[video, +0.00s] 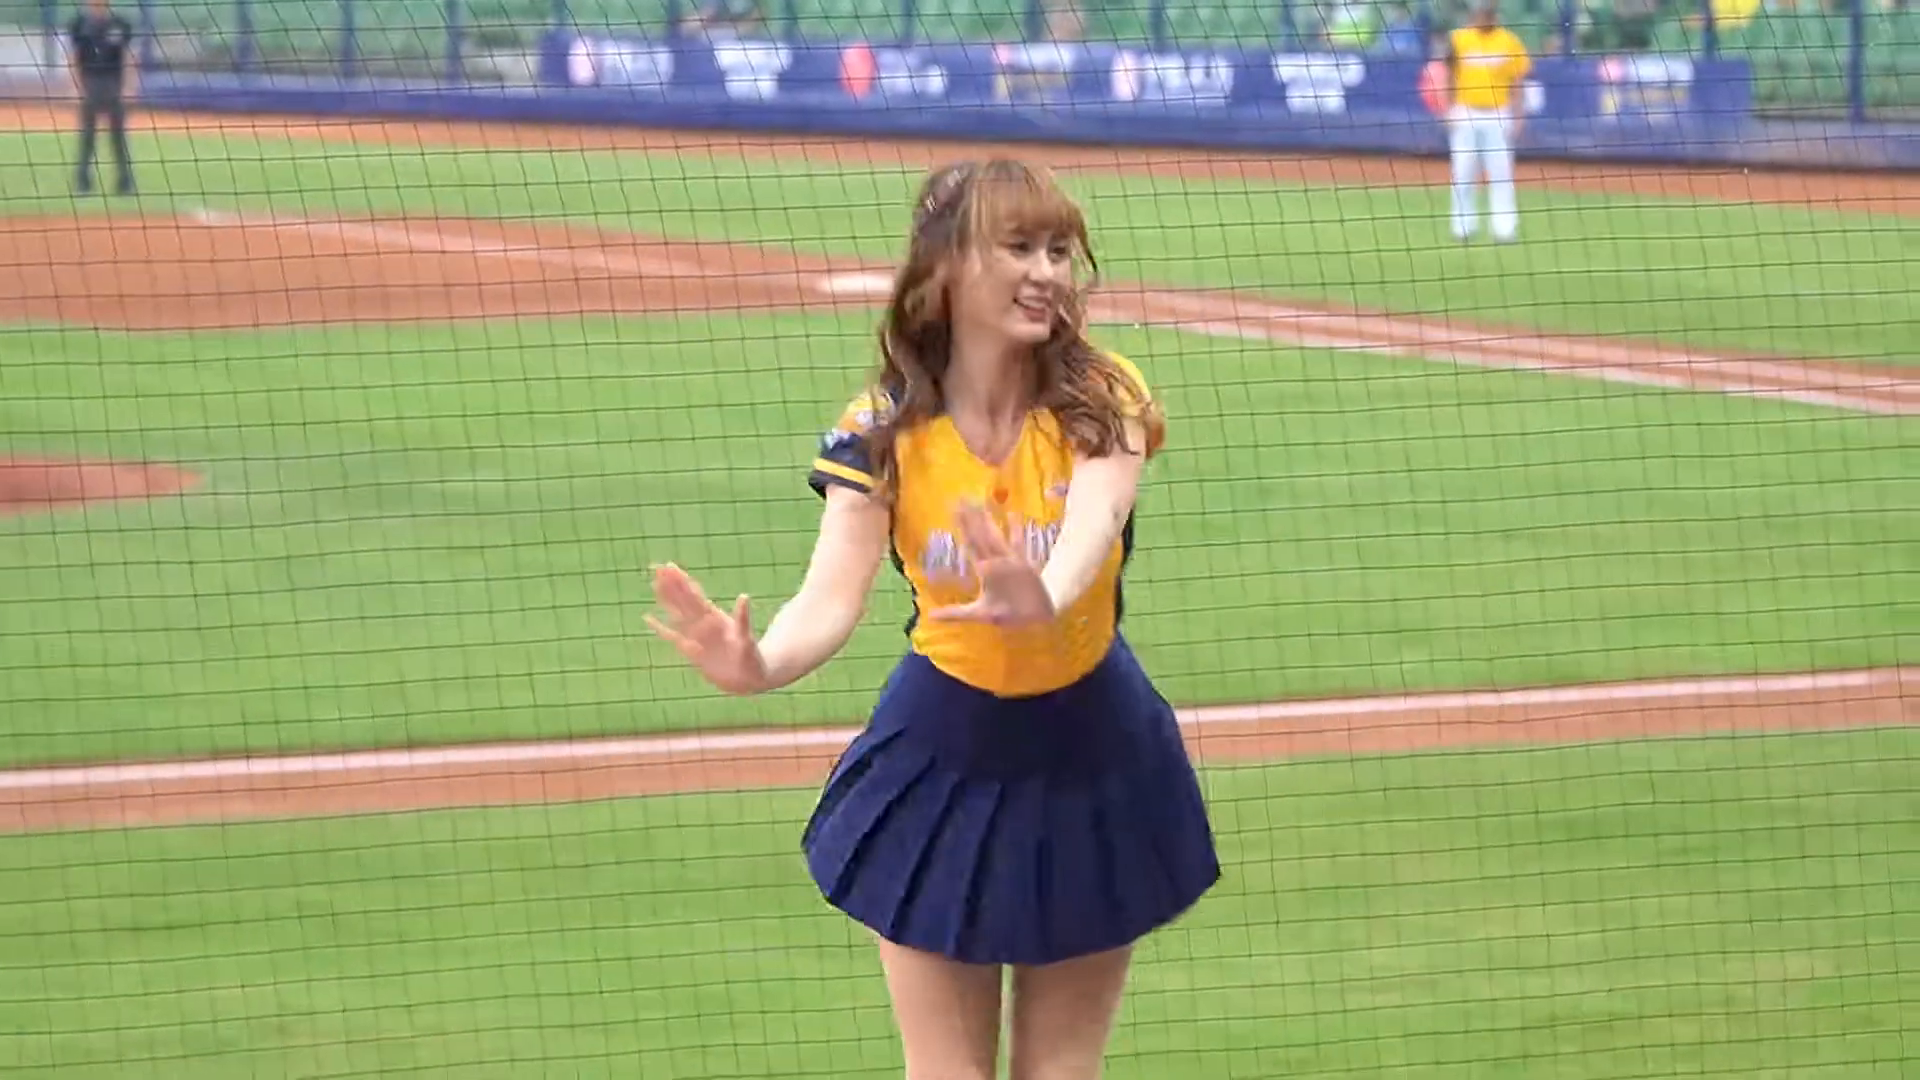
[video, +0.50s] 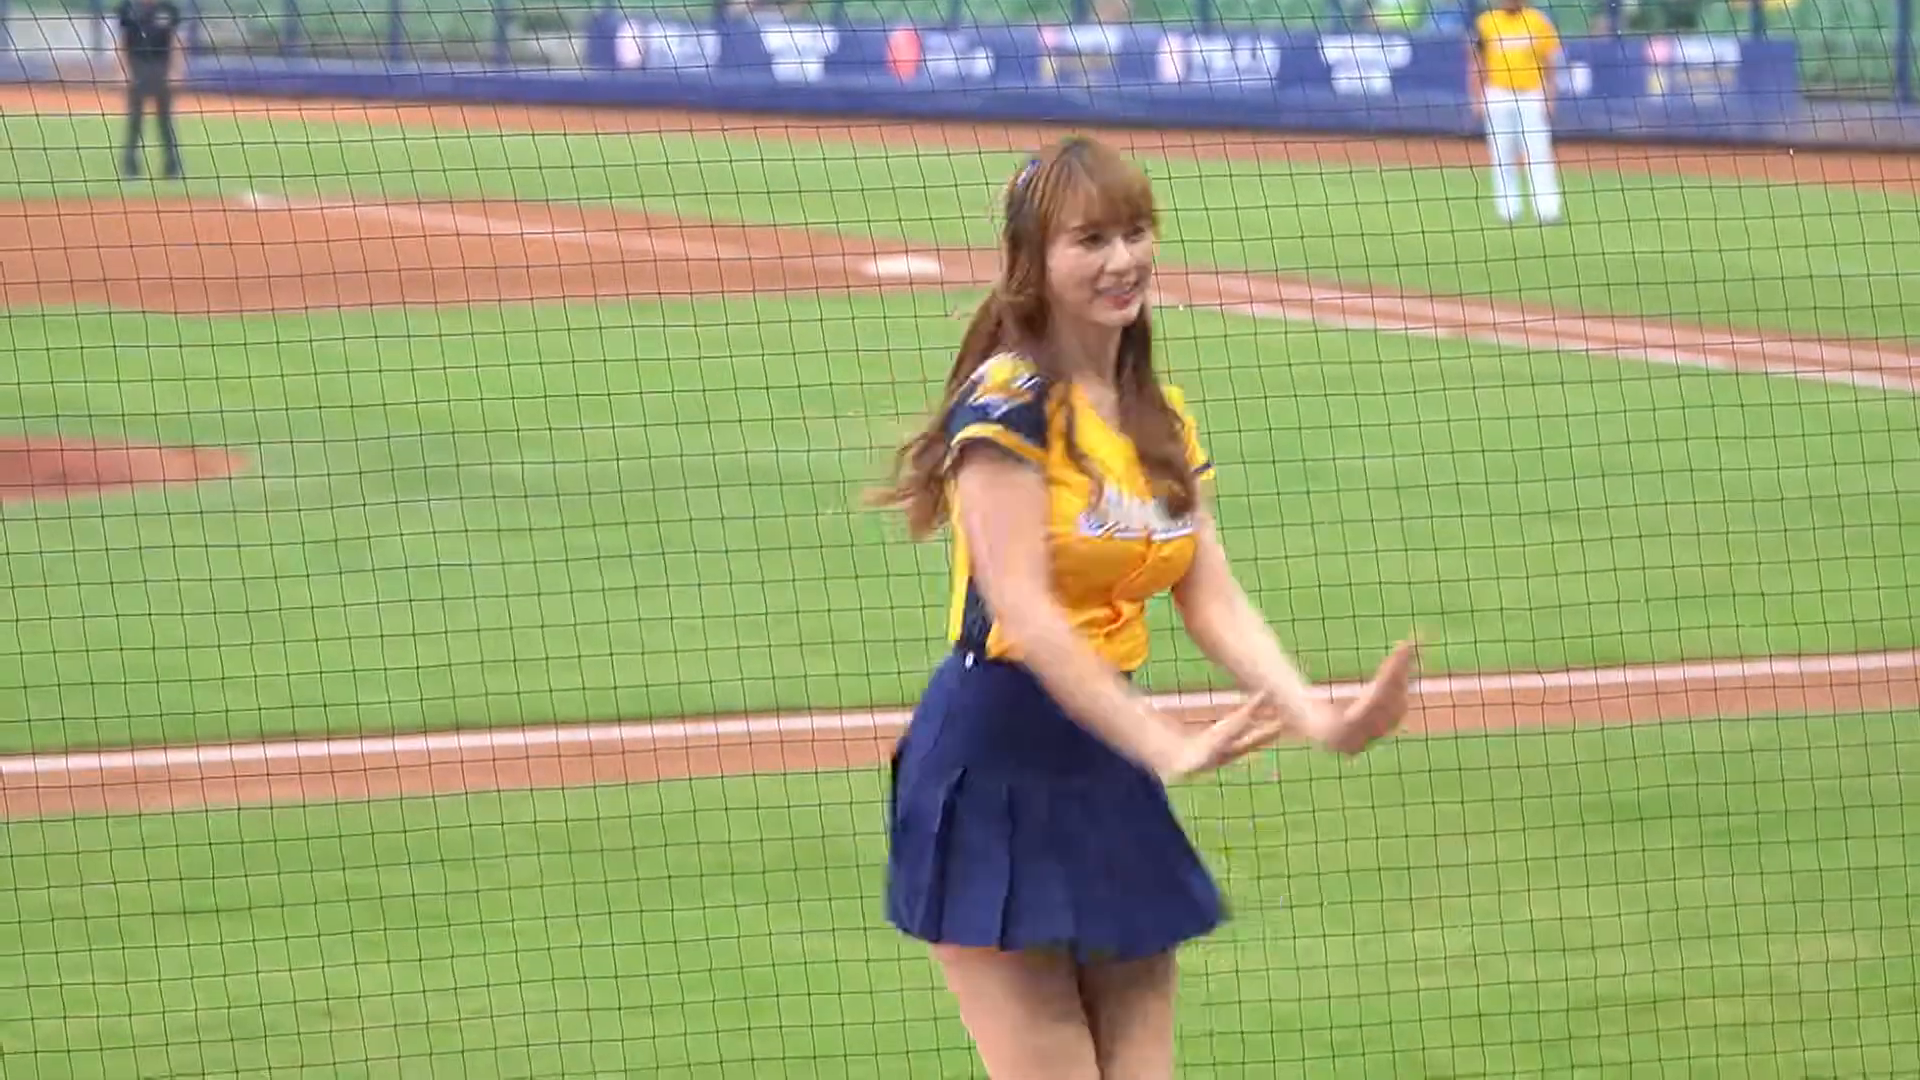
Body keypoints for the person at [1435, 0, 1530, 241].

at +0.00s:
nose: (1485, 18)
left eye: (1489, 13)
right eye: (1481, 13)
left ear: (1495, 14)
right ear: (1473, 14)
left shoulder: (1508, 41)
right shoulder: (1458, 39)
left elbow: (1518, 84)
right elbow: (1447, 74)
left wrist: (1518, 118)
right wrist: (1448, 106)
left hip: (1498, 113)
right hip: (1464, 112)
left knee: (1500, 170)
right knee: (1463, 171)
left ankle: (1504, 225)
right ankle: (1463, 224)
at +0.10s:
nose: (1500, 12)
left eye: (1504, 7)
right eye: (1495, 7)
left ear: (1510, 9)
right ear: (1489, 9)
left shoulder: (1526, 37)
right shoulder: (1475, 34)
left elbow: (1536, 79)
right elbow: (1465, 70)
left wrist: (1536, 112)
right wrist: (1466, 102)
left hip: (1516, 108)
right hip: (1482, 107)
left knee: (1519, 165)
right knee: (1482, 166)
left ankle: (1524, 220)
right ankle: (1483, 219)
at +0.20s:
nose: (1517, 10)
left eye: (1521, 5)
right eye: (1512, 6)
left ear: (1527, 7)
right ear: (1506, 7)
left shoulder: (1540, 32)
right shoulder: (1491, 32)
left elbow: (1550, 73)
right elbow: (1479, 69)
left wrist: (1550, 107)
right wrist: (1481, 102)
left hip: (1533, 104)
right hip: (1499, 105)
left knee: (1539, 161)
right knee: (1502, 162)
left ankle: (1546, 217)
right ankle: (1506, 216)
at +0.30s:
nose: (1513, 8)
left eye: (1517, 3)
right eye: (1509, 4)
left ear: (1524, 5)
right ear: (1501, 5)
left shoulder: (1538, 28)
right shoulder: (1488, 29)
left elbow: (1550, 66)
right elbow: (1476, 65)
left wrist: (1549, 101)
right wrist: (1479, 101)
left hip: (1532, 99)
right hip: (1497, 100)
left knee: (1538, 157)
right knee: (1502, 158)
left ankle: (1546, 212)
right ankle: (1507, 212)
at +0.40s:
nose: (1512, 5)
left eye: (1516, 2)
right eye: (1508, 2)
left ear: (1522, 3)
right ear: (1500, 3)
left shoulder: (1538, 25)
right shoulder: (1486, 26)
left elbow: (1549, 65)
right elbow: (1474, 64)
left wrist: (1549, 99)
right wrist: (1476, 100)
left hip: (1531, 96)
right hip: (1496, 97)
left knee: (1538, 153)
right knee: (1502, 155)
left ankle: (1546, 210)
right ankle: (1508, 210)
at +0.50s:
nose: (1510, 3)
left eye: (1514, 0)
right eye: (1507, 0)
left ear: (1522, 1)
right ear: (1499, 1)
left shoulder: (1537, 20)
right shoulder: (1485, 22)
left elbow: (1550, 61)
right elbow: (1474, 61)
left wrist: (1550, 96)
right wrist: (1476, 97)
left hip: (1532, 93)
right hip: (1497, 94)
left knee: (1539, 150)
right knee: (1502, 152)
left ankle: (1547, 206)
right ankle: (1508, 207)